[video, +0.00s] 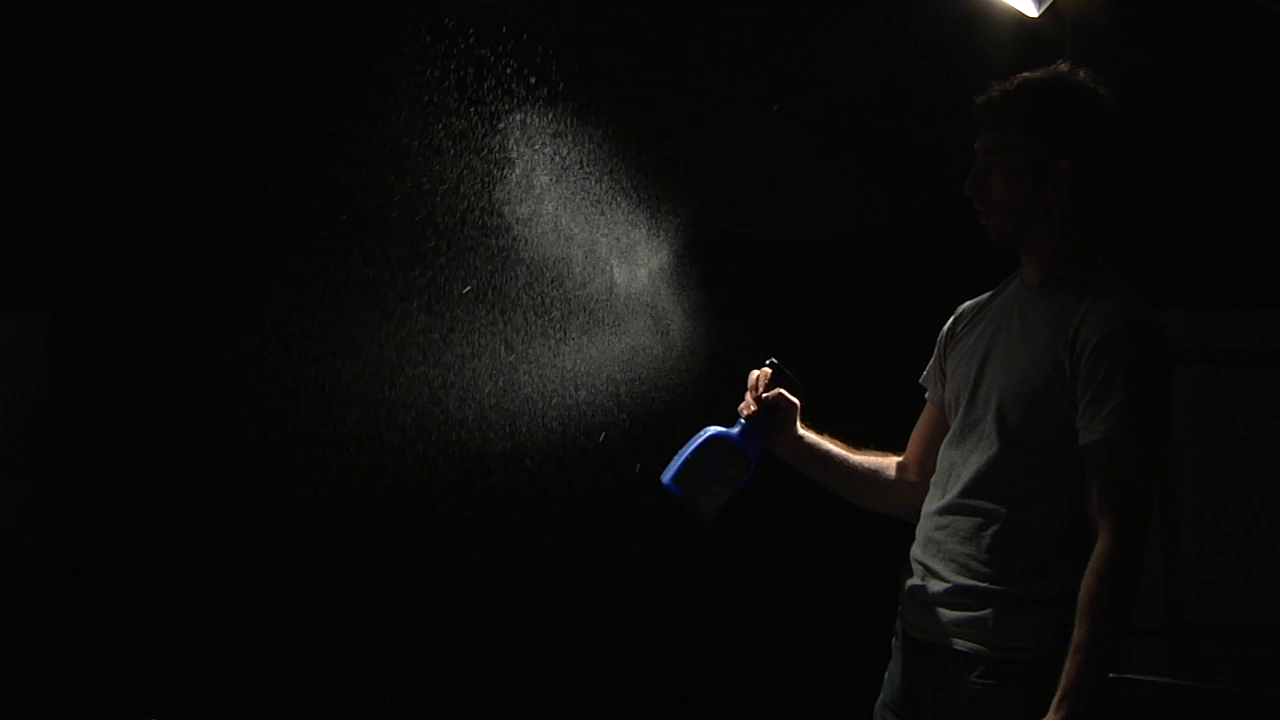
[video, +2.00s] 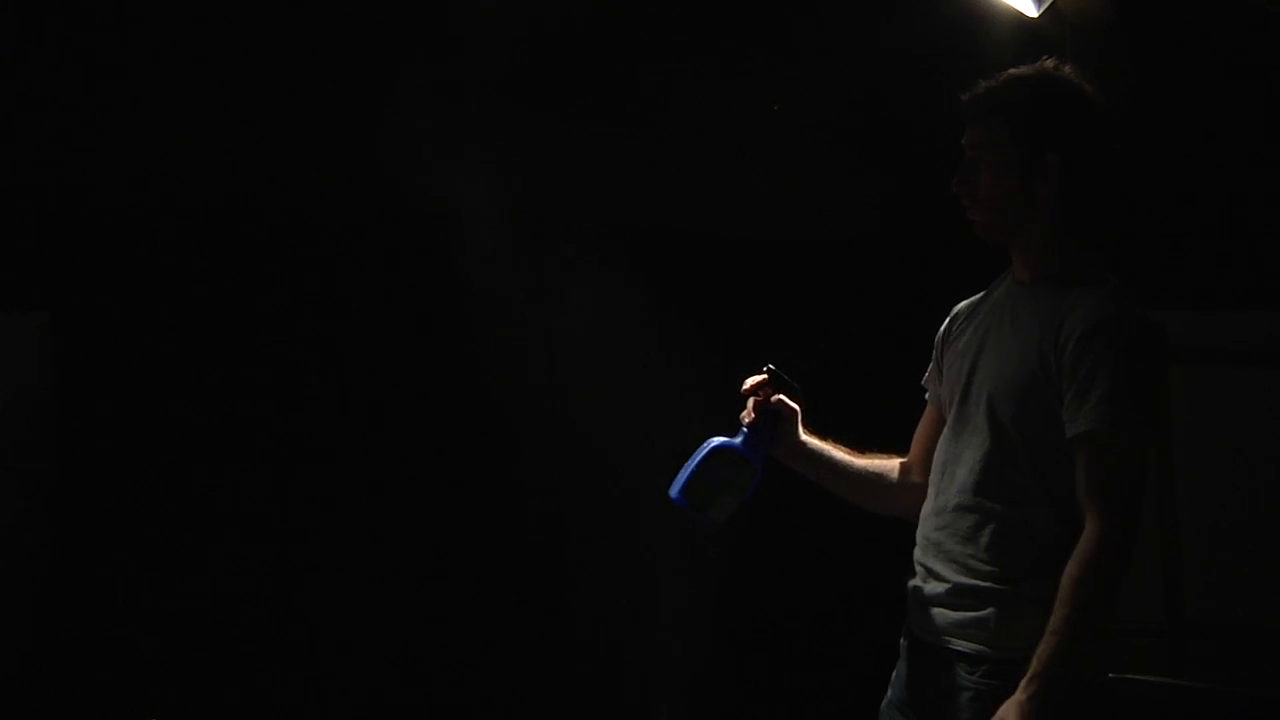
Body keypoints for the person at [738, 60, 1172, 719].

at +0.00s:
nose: (974, 182)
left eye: (996, 163)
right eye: (978, 162)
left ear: (1054, 177)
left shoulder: (1107, 325)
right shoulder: (970, 321)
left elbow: (1120, 531)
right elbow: (912, 482)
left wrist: (1070, 699)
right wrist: (793, 435)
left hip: (1016, 657)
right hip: (921, 640)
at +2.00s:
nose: (963, 180)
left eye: (983, 159)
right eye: (967, 159)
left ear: (1044, 171)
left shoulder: (1097, 323)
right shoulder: (966, 321)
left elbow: (1108, 526)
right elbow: (914, 485)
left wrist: (1035, 692)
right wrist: (797, 443)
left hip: (1011, 668)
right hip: (925, 648)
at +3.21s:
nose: (1121, 319)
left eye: (1144, 304)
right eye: (1124, 301)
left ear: (1202, 323)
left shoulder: (1260, 462)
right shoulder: (1089, 456)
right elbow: (929, 518)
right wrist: (807, 445)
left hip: (1234, 699)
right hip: (1117, 701)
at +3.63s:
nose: (1119, 316)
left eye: (1143, 301)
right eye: (1123, 298)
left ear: (1200, 319)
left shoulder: (1256, 457)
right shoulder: (1088, 457)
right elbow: (930, 518)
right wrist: (808, 447)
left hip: (1235, 699)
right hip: (1121, 701)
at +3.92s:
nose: (1118, 317)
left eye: (1141, 301)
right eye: (1123, 299)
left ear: (1200, 319)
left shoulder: (1255, 460)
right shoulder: (1089, 456)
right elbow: (933, 520)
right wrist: (810, 449)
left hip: (1230, 699)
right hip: (1118, 700)